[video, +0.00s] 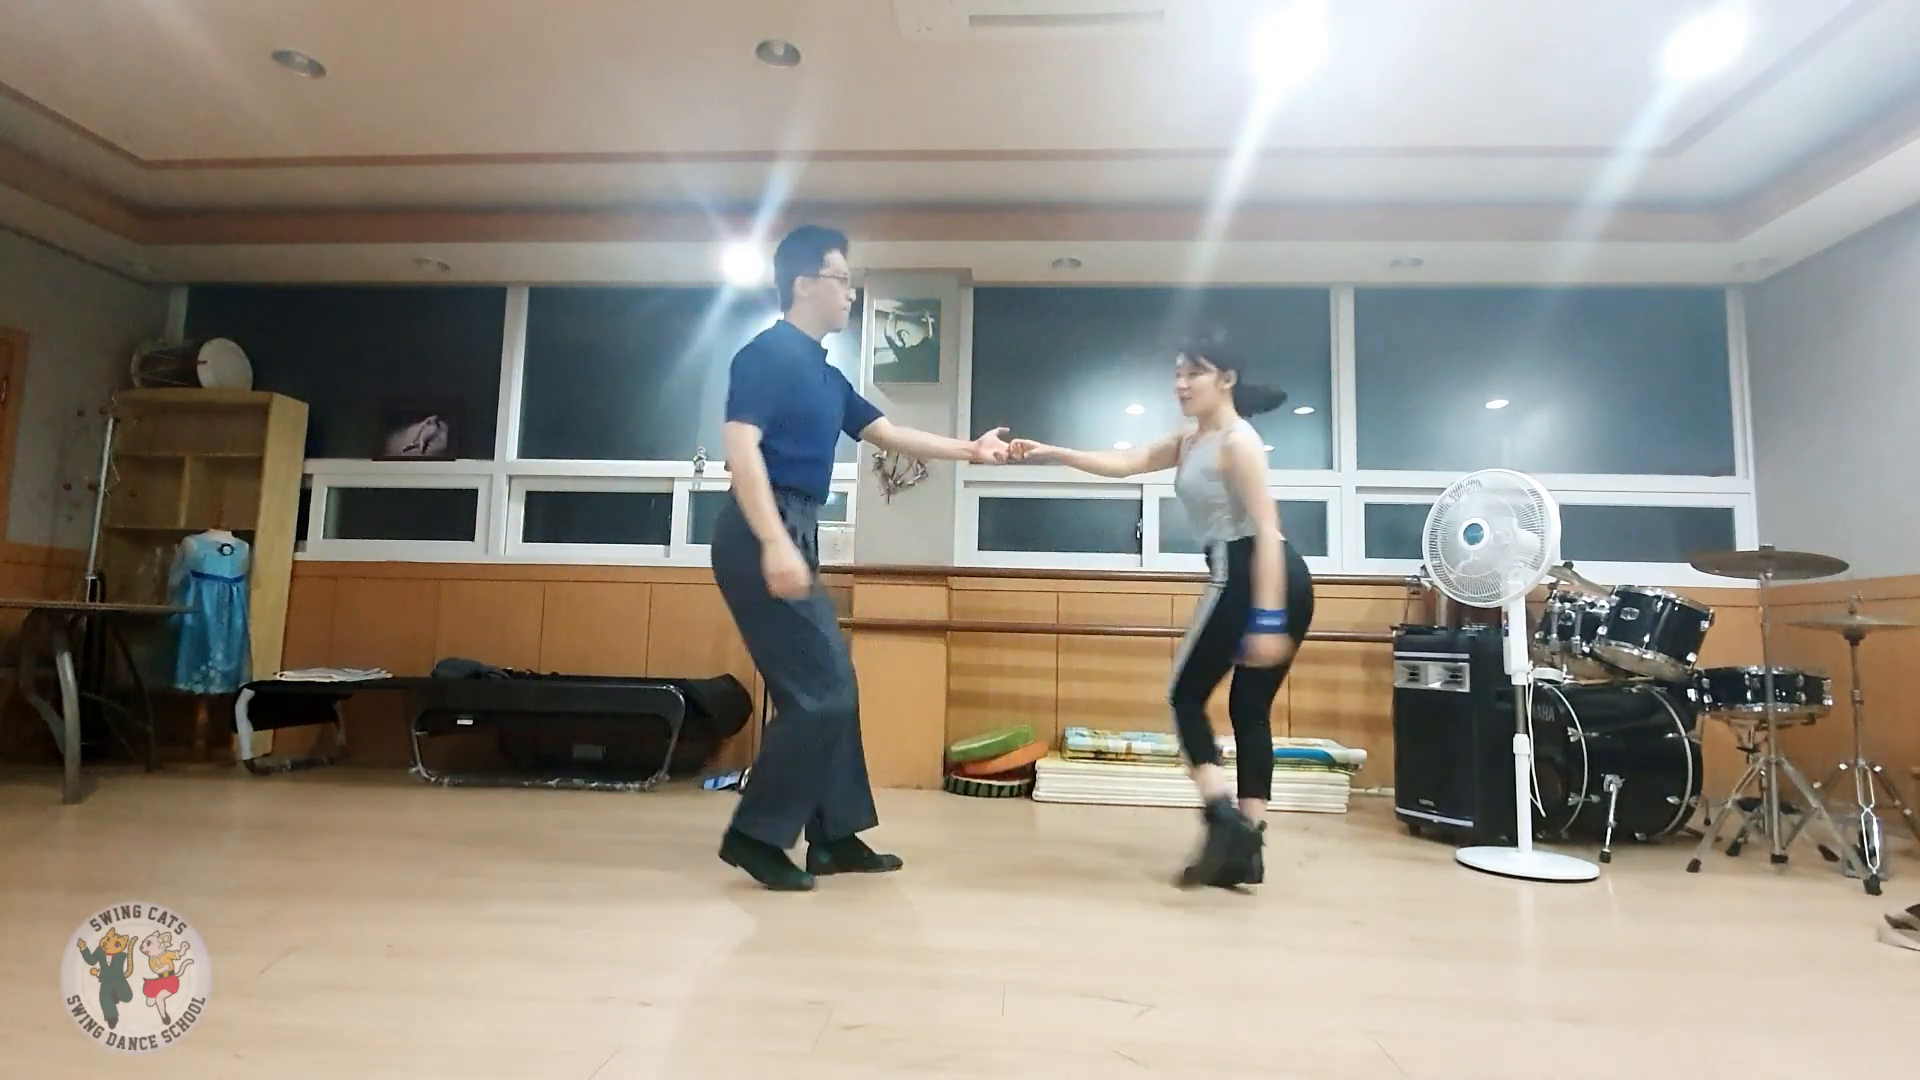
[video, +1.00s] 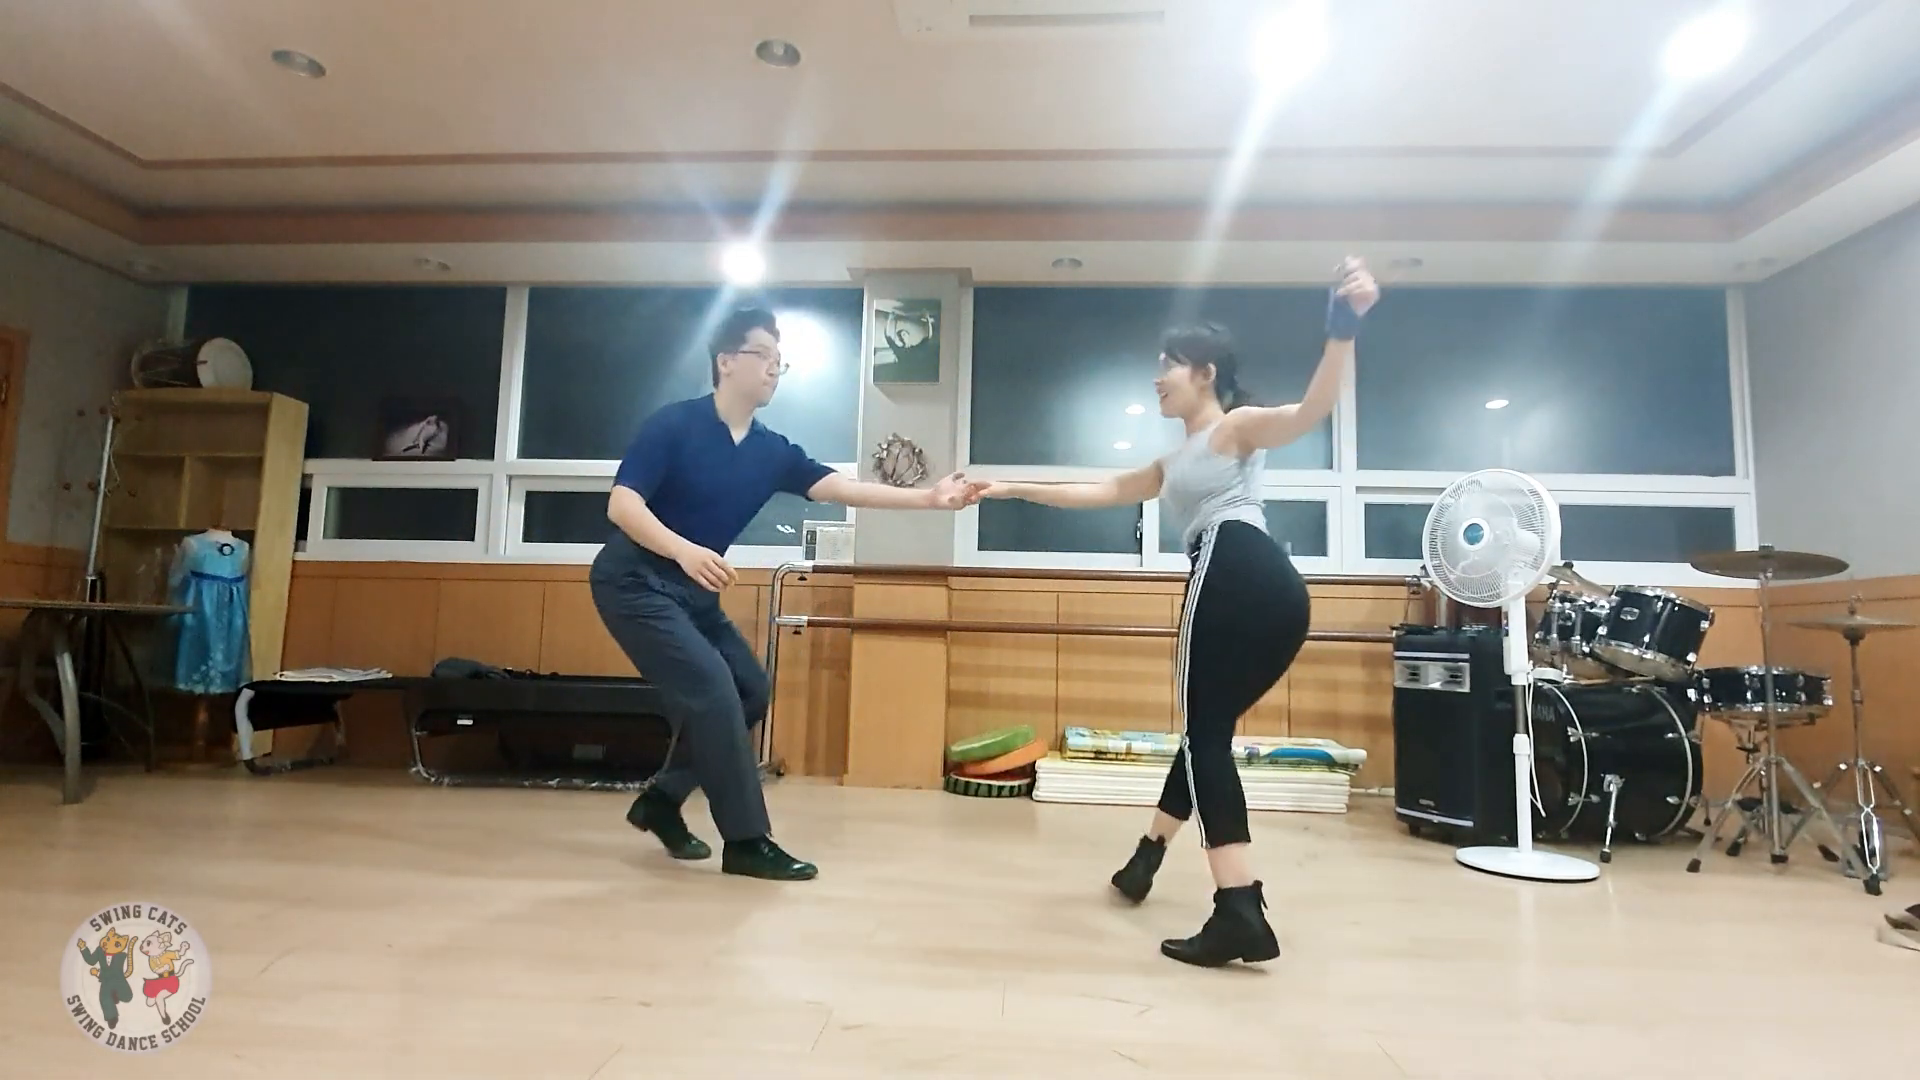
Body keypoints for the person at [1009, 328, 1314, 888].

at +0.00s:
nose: (1181, 384)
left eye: (1193, 373)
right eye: (1178, 374)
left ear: (1225, 379)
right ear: (1180, 382)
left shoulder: (1238, 443)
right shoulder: (1190, 440)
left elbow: (1269, 531)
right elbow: (1128, 463)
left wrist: (1268, 618)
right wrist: (1050, 452)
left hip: (1246, 579)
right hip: (1277, 577)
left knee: (1186, 695)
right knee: (1251, 708)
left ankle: (1222, 820)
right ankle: (1249, 843)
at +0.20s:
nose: (1232, 374)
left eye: (1247, 363)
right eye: (1226, 366)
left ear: (1280, 373)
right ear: (1222, 380)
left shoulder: (1315, 438)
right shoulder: (1217, 448)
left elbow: (1403, 482)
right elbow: (1137, 475)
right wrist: (1053, 460)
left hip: (1312, 592)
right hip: (1265, 596)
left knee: (1270, 722)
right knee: (1191, 689)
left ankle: (1317, 867)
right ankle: (1226, 821)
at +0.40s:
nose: (1247, 369)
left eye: (1259, 358)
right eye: (1238, 363)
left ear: (1291, 369)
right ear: (1233, 379)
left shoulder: (1334, 430)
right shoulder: (1224, 449)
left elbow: (1432, 380)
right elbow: (1132, 469)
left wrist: (1530, 320)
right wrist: (1047, 453)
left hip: (1303, 597)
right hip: (1237, 587)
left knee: (1280, 714)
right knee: (1206, 711)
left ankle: (1206, 838)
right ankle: (1195, 838)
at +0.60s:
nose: (1229, 381)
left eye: (1242, 370)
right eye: (1223, 376)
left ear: (1278, 379)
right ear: (1225, 395)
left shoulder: (1329, 436)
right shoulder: (1221, 465)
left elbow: (1397, 348)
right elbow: (1130, 486)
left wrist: (1428, 251)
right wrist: (1041, 472)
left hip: (1290, 619)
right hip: (1223, 606)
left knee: (1256, 744)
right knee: (1200, 738)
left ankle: (1183, 885)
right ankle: (1196, 846)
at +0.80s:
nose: (1195, 360)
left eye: (1208, 350)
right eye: (1192, 352)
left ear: (1245, 357)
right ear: (1200, 369)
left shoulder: (1281, 406)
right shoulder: (1198, 454)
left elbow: (1366, 336)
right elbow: (1117, 483)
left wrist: (1394, 241)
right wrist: (1027, 473)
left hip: (1295, 581)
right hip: (1255, 591)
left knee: (1215, 714)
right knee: (1175, 696)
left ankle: (1227, 890)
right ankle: (1181, 846)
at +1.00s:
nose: (1157, 380)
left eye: (1167, 368)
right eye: (1158, 369)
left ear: (1203, 374)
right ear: (1186, 378)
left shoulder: (1235, 427)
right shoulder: (1172, 463)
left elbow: (1311, 411)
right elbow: (1098, 491)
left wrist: (1342, 325)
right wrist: (1006, 486)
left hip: (1234, 570)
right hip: (1282, 604)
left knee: (1206, 733)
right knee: (1202, 729)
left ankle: (1240, 909)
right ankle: (1147, 855)